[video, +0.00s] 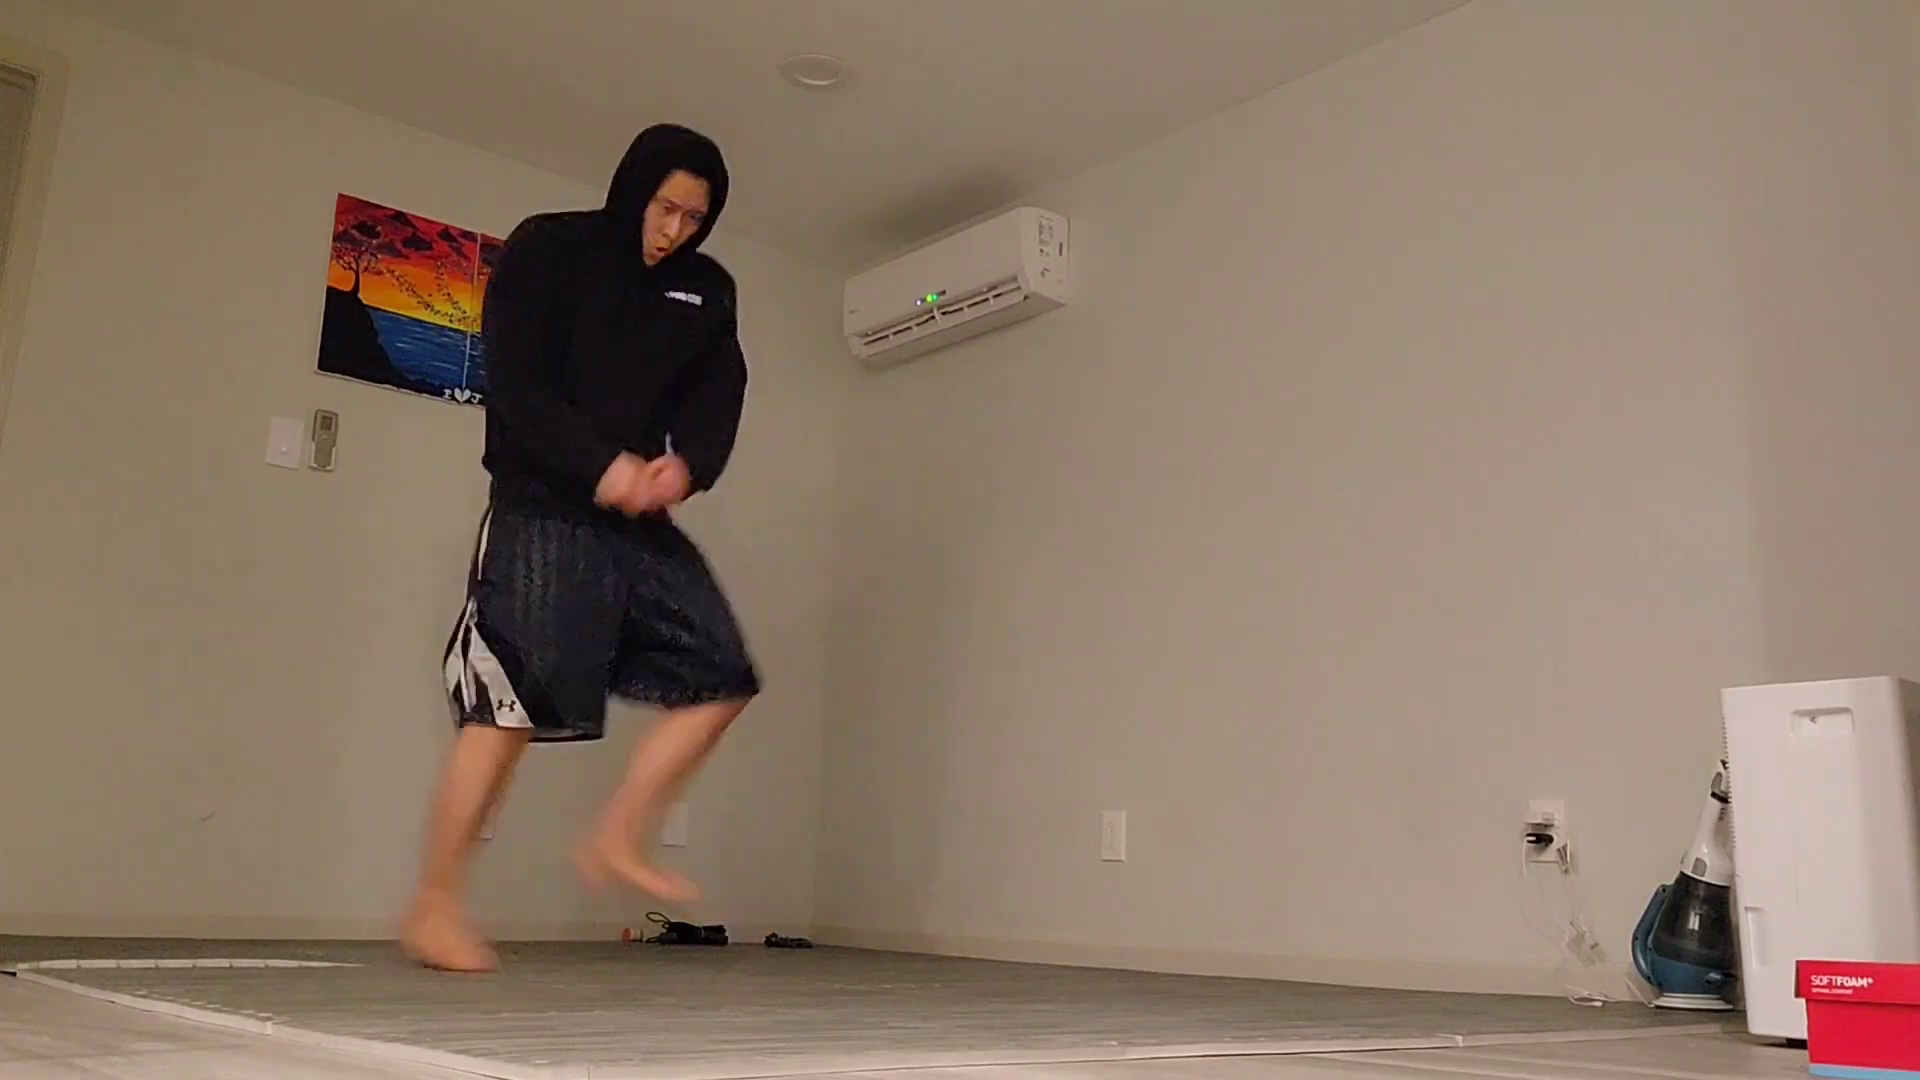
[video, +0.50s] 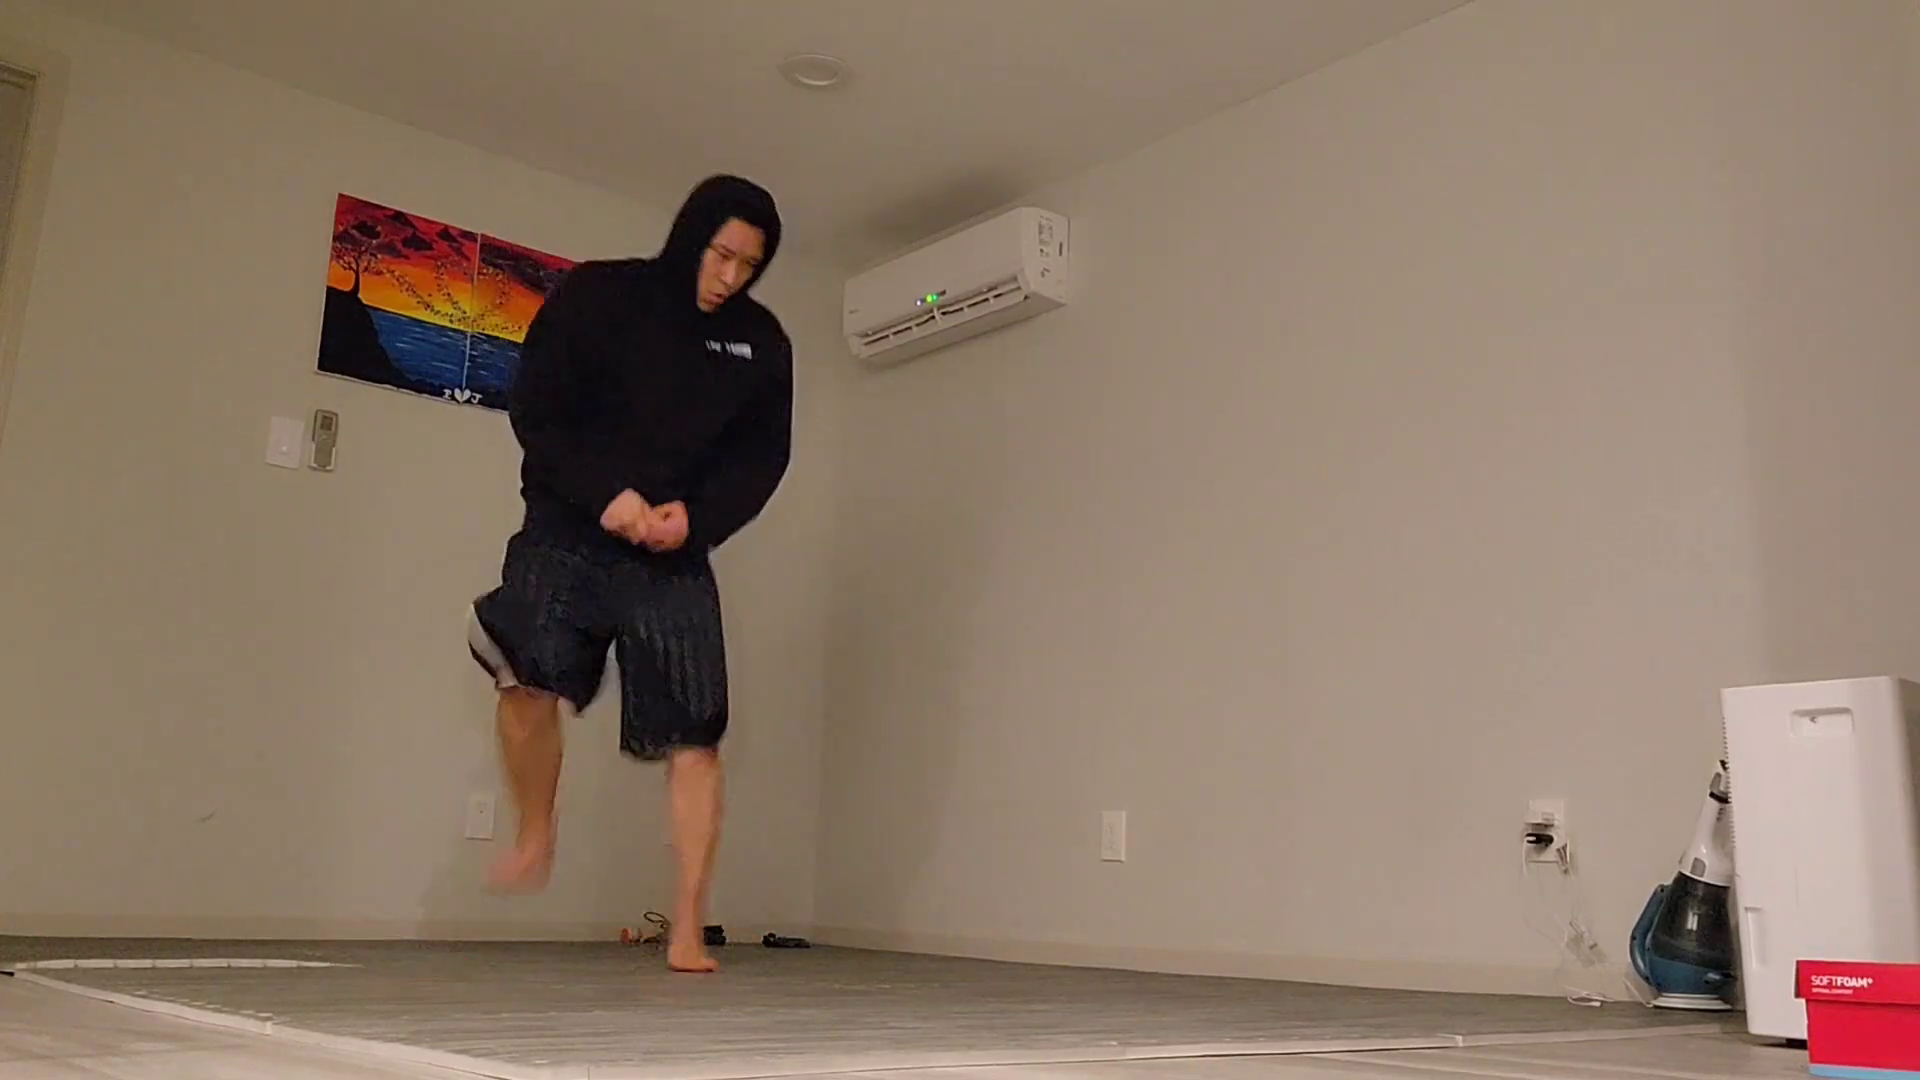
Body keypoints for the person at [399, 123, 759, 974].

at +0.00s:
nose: (675, 230)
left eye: (693, 217)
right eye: (666, 207)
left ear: (706, 218)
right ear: (630, 190)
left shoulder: (705, 285)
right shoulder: (546, 248)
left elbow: (718, 393)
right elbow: (513, 386)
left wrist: (684, 467)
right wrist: (603, 463)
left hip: (643, 522)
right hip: (542, 512)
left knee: (720, 682)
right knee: (504, 708)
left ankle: (617, 838)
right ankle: (433, 908)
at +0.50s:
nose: (730, 275)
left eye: (747, 263)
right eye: (721, 254)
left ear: (759, 266)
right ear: (687, 239)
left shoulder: (760, 341)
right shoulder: (596, 294)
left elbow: (764, 456)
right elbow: (535, 411)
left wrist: (697, 518)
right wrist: (606, 495)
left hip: (677, 551)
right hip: (569, 532)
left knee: (697, 734)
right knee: (527, 681)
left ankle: (688, 925)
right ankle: (533, 833)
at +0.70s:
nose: (694, 279)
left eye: (710, 268)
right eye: (684, 260)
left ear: (722, 272)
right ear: (651, 250)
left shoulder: (737, 335)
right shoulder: (578, 312)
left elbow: (804, 417)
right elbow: (490, 396)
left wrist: (793, 486)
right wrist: (536, 448)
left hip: (677, 584)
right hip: (566, 575)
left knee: (698, 765)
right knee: (509, 732)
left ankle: (717, 932)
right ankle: (489, 923)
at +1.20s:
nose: (643, 268)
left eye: (655, 256)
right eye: (632, 249)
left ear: (663, 256)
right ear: (593, 236)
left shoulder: (665, 320)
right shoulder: (517, 304)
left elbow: (702, 410)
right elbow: (445, 407)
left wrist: (695, 458)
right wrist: (512, 470)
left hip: (638, 554)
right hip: (541, 553)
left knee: (654, 727)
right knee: (521, 726)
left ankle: (608, 906)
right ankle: (488, 897)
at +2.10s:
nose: (660, 368)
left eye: (670, 358)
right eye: (656, 350)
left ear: (667, 361)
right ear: (619, 335)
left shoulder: (628, 415)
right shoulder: (552, 387)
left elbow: (659, 492)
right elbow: (534, 477)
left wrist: (721, 547)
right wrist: (606, 549)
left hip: (586, 601)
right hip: (525, 594)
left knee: (607, 766)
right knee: (584, 742)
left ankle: (533, 917)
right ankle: (564, 928)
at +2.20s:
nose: (661, 372)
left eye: (672, 363)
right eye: (658, 353)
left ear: (671, 366)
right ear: (622, 334)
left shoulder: (639, 422)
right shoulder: (548, 381)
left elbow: (661, 515)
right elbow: (524, 475)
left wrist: (723, 587)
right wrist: (646, 492)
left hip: (591, 595)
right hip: (520, 578)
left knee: (605, 759)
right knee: (577, 714)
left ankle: (537, 913)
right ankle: (566, 912)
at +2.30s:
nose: (655, 349)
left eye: (667, 339)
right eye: (649, 328)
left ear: (673, 343)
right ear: (617, 307)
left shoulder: (647, 399)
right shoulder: (543, 345)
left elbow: (656, 503)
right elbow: (526, 445)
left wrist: (680, 599)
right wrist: (655, 400)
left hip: (581, 567)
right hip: (508, 540)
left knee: (589, 734)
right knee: (557, 688)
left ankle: (535, 897)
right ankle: (549, 879)